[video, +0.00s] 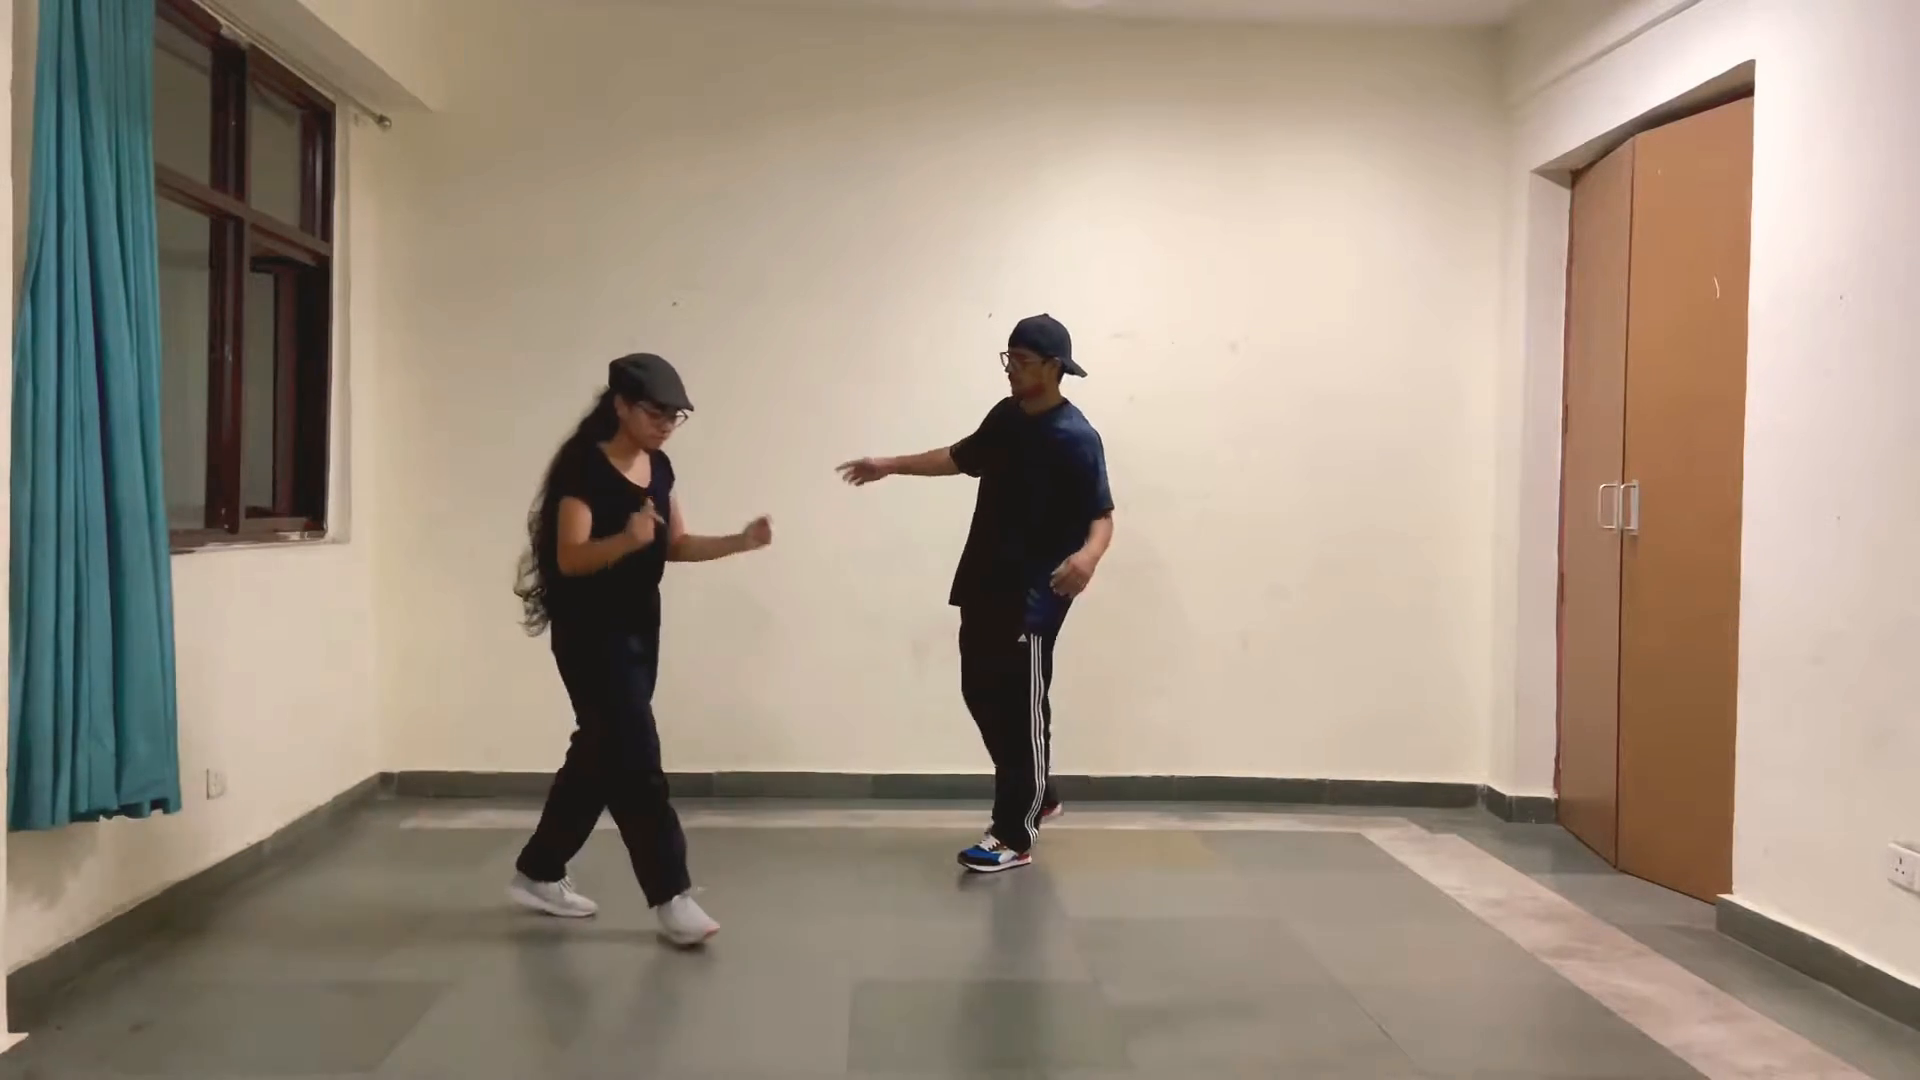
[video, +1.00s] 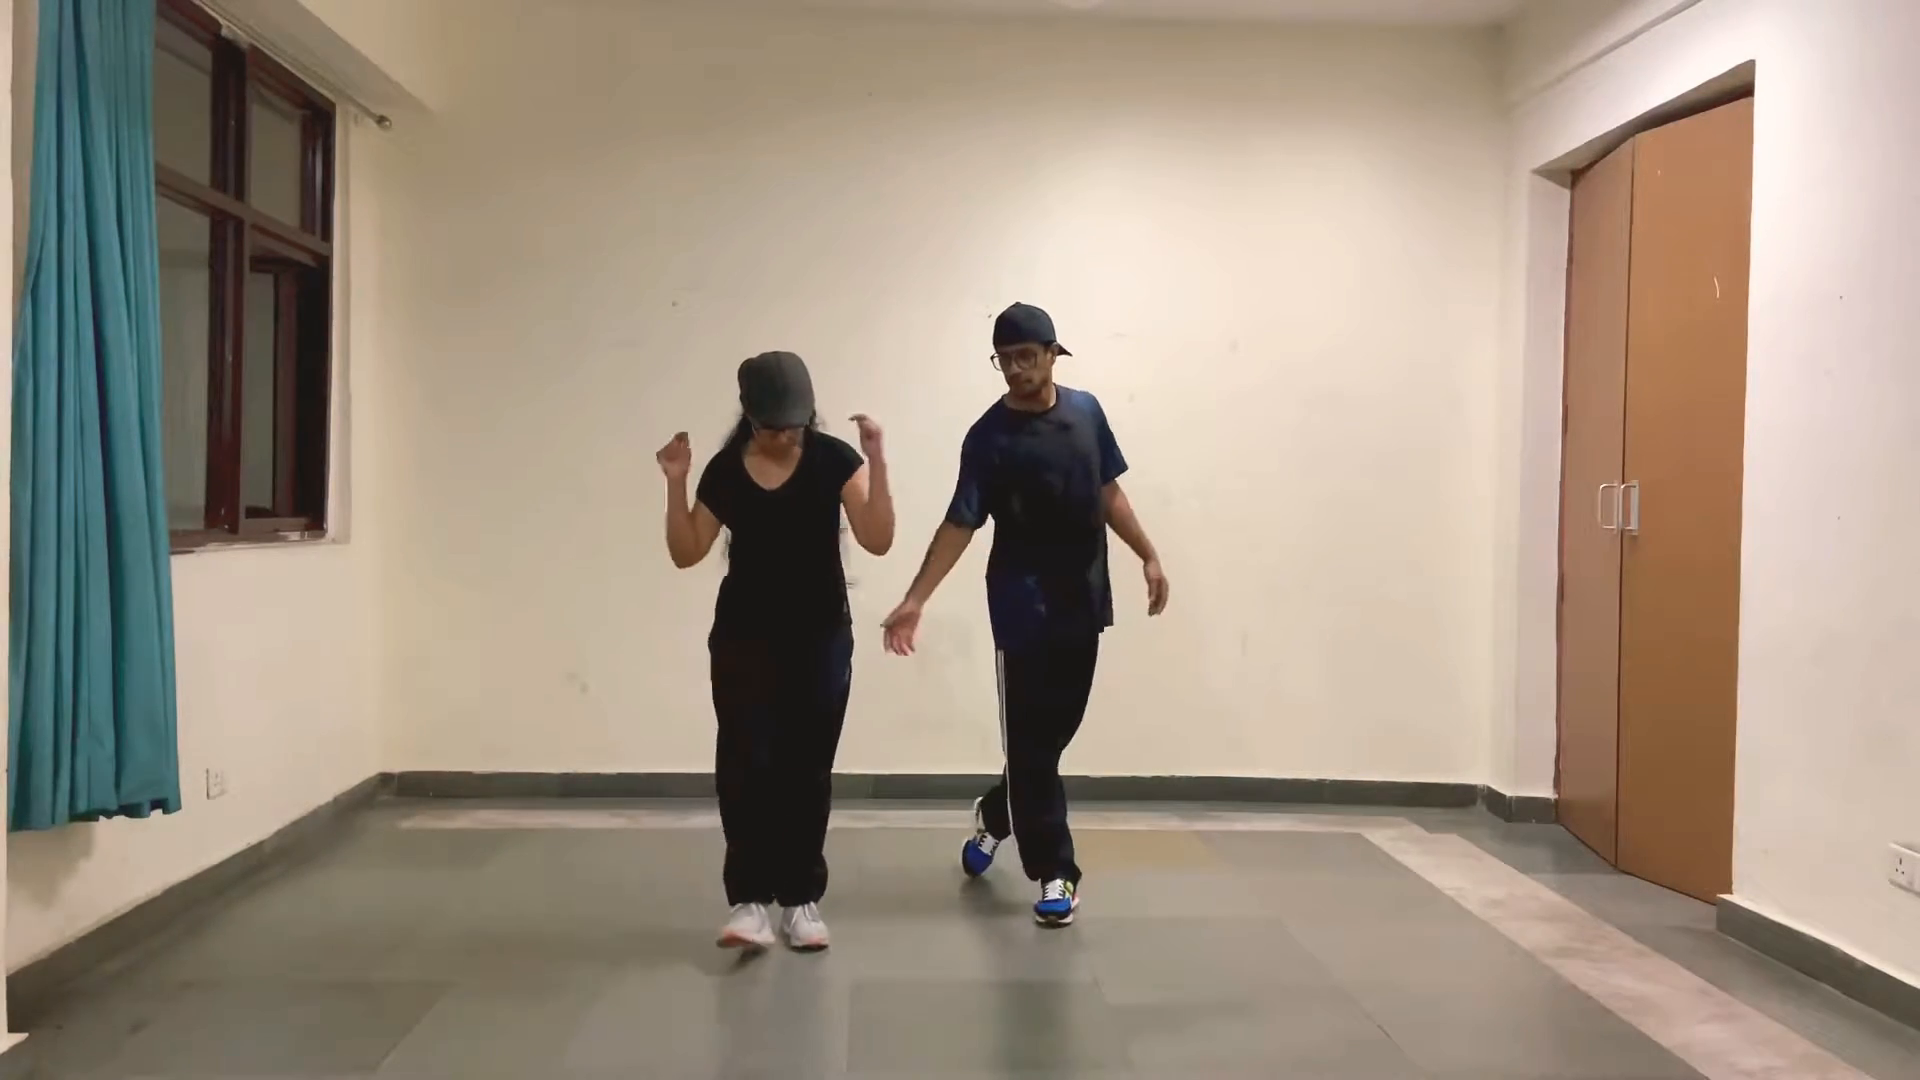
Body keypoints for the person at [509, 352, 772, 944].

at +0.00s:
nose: (669, 423)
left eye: (674, 414)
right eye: (658, 411)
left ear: (676, 416)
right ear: (623, 405)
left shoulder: (656, 467)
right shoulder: (581, 465)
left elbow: (672, 545)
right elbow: (569, 559)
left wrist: (738, 542)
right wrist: (626, 541)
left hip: (638, 634)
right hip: (587, 636)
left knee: (600, 752)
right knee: (635, 752)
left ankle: (538, 872)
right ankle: (670, 894)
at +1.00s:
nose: (787, 436)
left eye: (795, 424)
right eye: (774, 427)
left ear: (808, 413)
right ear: (750, 417)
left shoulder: (832, 457)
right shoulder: (728, 468)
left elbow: (877, 540)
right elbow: (687, 552)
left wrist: (876, 463)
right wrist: (676, 483)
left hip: (819, 636)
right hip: (745, 635)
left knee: (807, 766)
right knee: (745, 766)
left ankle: (802, 903)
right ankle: (749, 905)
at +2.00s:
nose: (766, 424)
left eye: (777, 412)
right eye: (754, 413)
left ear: (792, 408)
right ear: (732, 409)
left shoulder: (814, 457)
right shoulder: (704, 464)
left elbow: (854, 530)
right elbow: (670, 544)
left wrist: (900, 583)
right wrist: (633, 616)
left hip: (796, 638)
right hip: (722, 640)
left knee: (795, 766)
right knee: (729, 768)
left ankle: (797, 903)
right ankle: (739, 903)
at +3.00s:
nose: (726, 440)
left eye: (738, 428)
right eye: (715, 428)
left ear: (760, 425)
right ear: (699, 424)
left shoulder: (787, 485)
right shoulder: (673, 477)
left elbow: (800, 560)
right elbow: (630, 550)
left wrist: (801, 625)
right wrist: (595, 622)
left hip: (747, 651)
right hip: (674, 645)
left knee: (735, 775)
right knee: (625, 762)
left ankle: (771, 900)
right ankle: (576, 887)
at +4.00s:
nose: (850, 436)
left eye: (860, 424)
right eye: (837, 425)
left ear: (874, 419)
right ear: (813, 421)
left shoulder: (897, 472)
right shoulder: (783, 476)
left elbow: (943, 529)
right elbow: (737, 536)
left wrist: (968, 593)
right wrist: (729, 615)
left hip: (879, 654)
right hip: (803, 656)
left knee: (900, 777)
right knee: (782, 778)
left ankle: (935, 902)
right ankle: (768, 899)